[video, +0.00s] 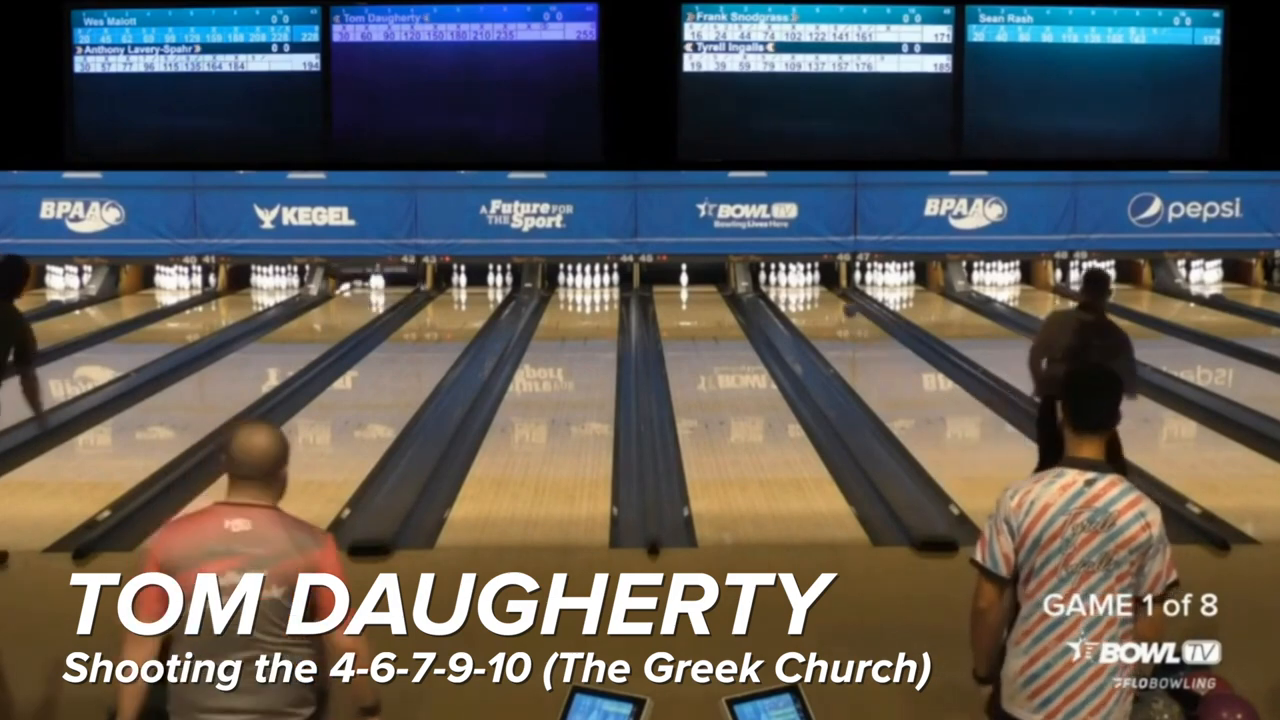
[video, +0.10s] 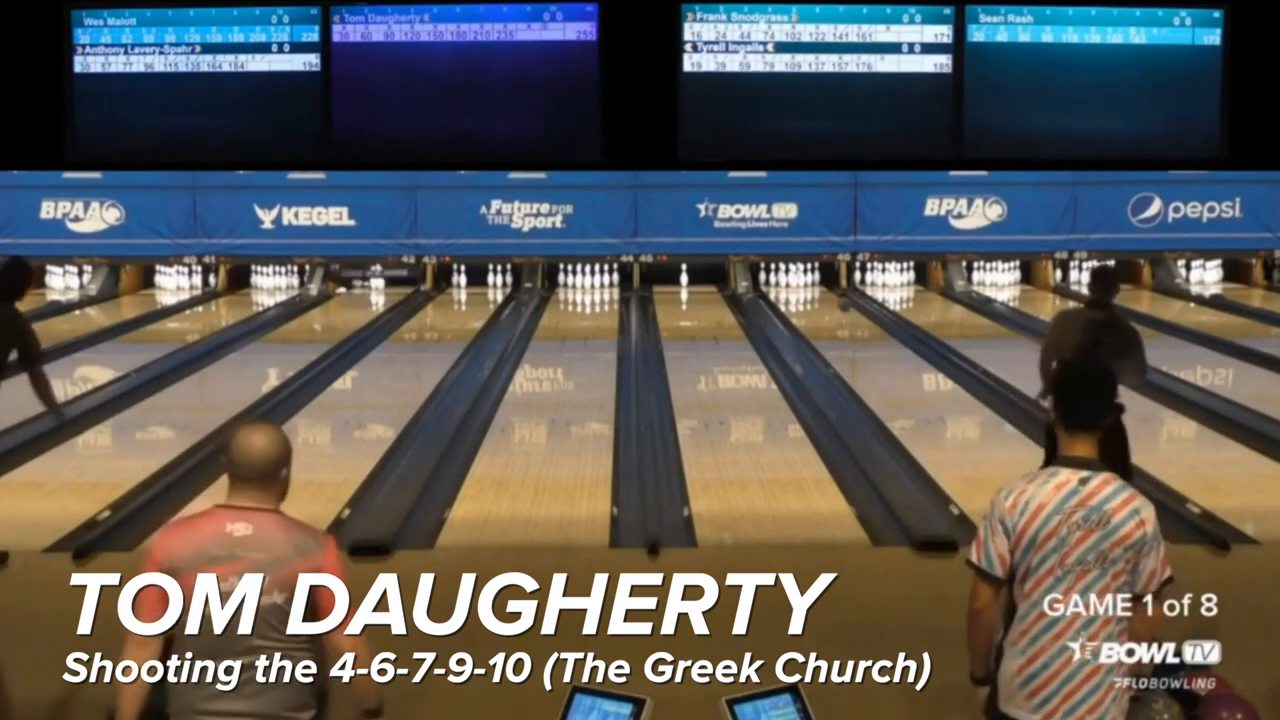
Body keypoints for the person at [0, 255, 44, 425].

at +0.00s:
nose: (23, 287)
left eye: (23, 281)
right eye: (22, 281)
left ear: (3, 278)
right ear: (19, 284)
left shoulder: (17, 324)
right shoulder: (16, 324)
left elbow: (27, 375)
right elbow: (27, 376)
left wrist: (40, 415)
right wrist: (41, 416)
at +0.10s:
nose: (28, 289)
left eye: (29, 284)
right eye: (27, 284)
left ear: (5, 278)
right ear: (18, 284)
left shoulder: (13, 319)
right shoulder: (13, 320)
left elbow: (35, 371)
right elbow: (35, 371)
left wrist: (56, 410)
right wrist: (57, 411)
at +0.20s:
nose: (29, 293)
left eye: (31, 288)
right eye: (29, 288)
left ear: (7, 279)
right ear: (22, 289)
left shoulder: (15, 323)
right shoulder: (14, 323)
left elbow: (39, 374)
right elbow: (39, 374)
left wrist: (65, 410)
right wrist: (66, 410)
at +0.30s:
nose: (33, 296)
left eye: (35, 292)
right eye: (32, 291)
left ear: (11, 281)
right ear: (22, 290)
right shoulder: (12, 323)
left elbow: (34, 376)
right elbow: (35, 377)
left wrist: (64, 405)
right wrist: (65, 405)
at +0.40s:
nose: (30, 300)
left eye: (33, 296)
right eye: (30, 295)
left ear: (10, 283)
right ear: (21, 293)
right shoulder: (9, 327)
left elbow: (27, 379)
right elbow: (27, 379)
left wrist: (56, 402)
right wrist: (58, 402)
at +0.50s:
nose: (23, 301)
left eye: (25, 297)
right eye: (23, 296)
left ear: (6, 285)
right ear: (16, 296)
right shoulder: (6, 329)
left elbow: (19, 382)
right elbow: (19, 382)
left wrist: (38, 397)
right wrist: (40, 397)